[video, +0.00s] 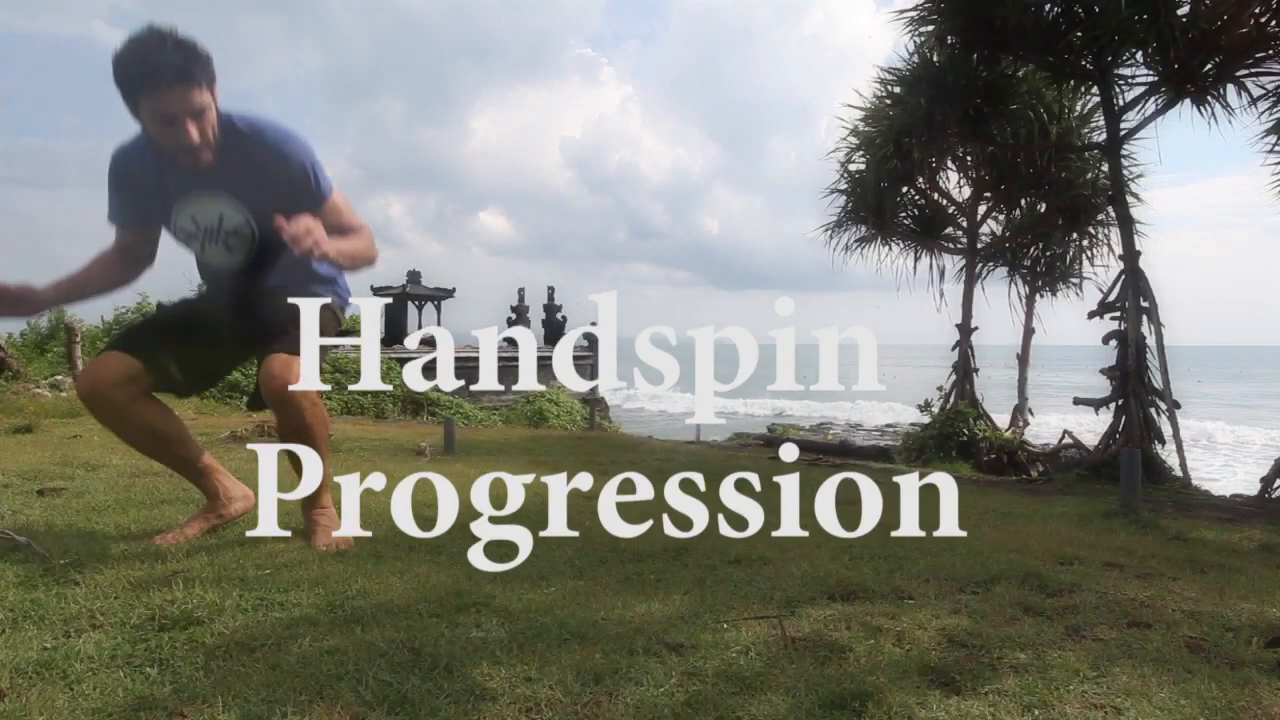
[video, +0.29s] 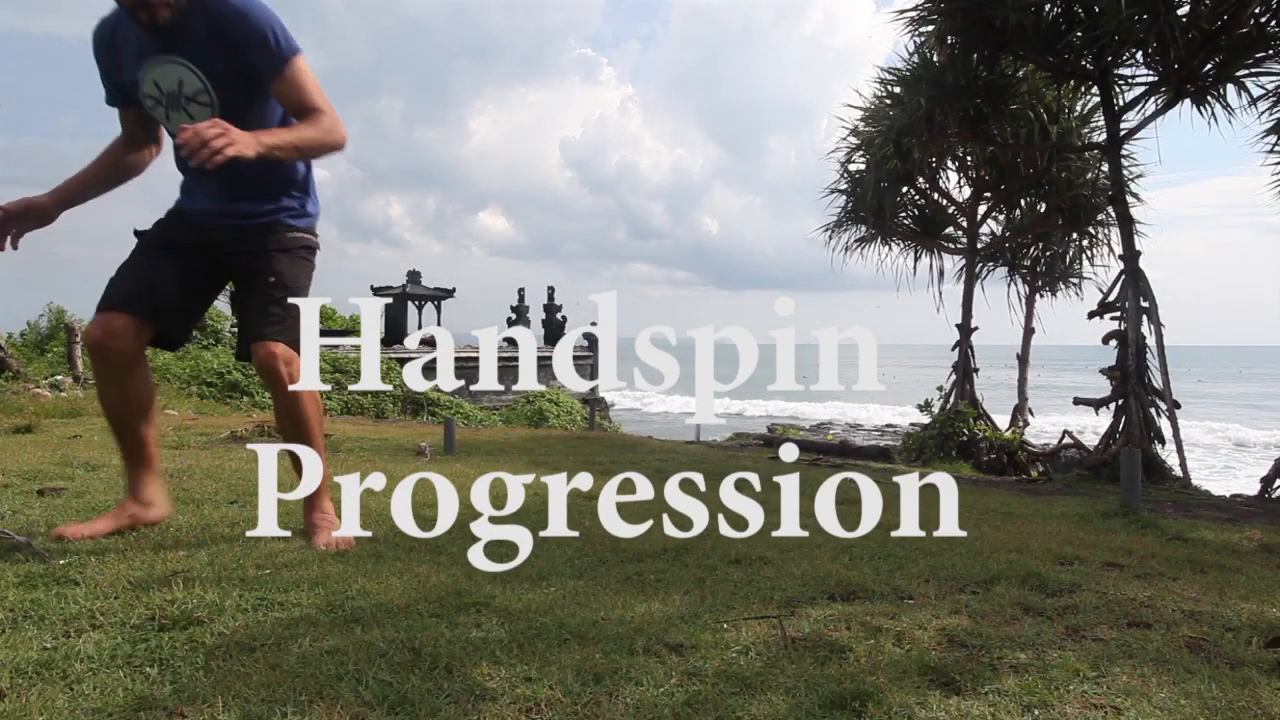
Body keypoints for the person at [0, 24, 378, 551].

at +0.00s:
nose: (192, 135)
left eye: (200, 114)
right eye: (169, 122)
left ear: (214, 92)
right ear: (139, 119)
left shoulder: (276, 149)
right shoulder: (136, 166)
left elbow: (364, 246)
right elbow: (132, 254)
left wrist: (326, 243)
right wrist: (43, 297)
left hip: (304, 297)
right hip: (226, 304)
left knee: (282, 377)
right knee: (103, 381)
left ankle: (320, 510)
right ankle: (226, 495)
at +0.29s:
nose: (141, 7)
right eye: (131, 2)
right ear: (124, 0)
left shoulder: (243, 18)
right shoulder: (115, 34)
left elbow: (331, 130)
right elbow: (140, 142)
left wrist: (254, 140)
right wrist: (52, 203)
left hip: (276, 215)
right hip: (197, 214)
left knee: (275, 355)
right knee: (111, 337)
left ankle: (320, 510)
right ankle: (146, 497)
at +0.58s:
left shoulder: (189, 4)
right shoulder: (69, 11)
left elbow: (257, 114)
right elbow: (107, 123)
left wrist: (165, 154)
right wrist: (69, 208)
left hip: (239, 195)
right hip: (158, 200)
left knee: (270, 332)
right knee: (101, 347)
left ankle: (328, 504)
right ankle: (137, 507)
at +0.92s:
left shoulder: (207, 6)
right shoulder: (74, 5)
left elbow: (270, 114)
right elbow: (101, 95)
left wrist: (232, 165)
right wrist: (90, 188)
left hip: (223, 206)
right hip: (127, 206)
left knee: (276, 348)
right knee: (91, 349)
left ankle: (322, 516)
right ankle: (136, 506)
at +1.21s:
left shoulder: (305, 6)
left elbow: (361, 108)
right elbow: (44, 33)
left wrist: (443, 138)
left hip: (245, 196)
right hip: (144, 189)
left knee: (285, 344)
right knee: (113, 346)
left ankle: (289, 522)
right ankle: (131, 497)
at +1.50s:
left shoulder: (358, 17)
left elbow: (334, 121)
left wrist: (394, 171)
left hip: (311, 190)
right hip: (238, 165)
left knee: (352, 352)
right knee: (232, 345)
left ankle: (298, 519)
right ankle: (64, 463)